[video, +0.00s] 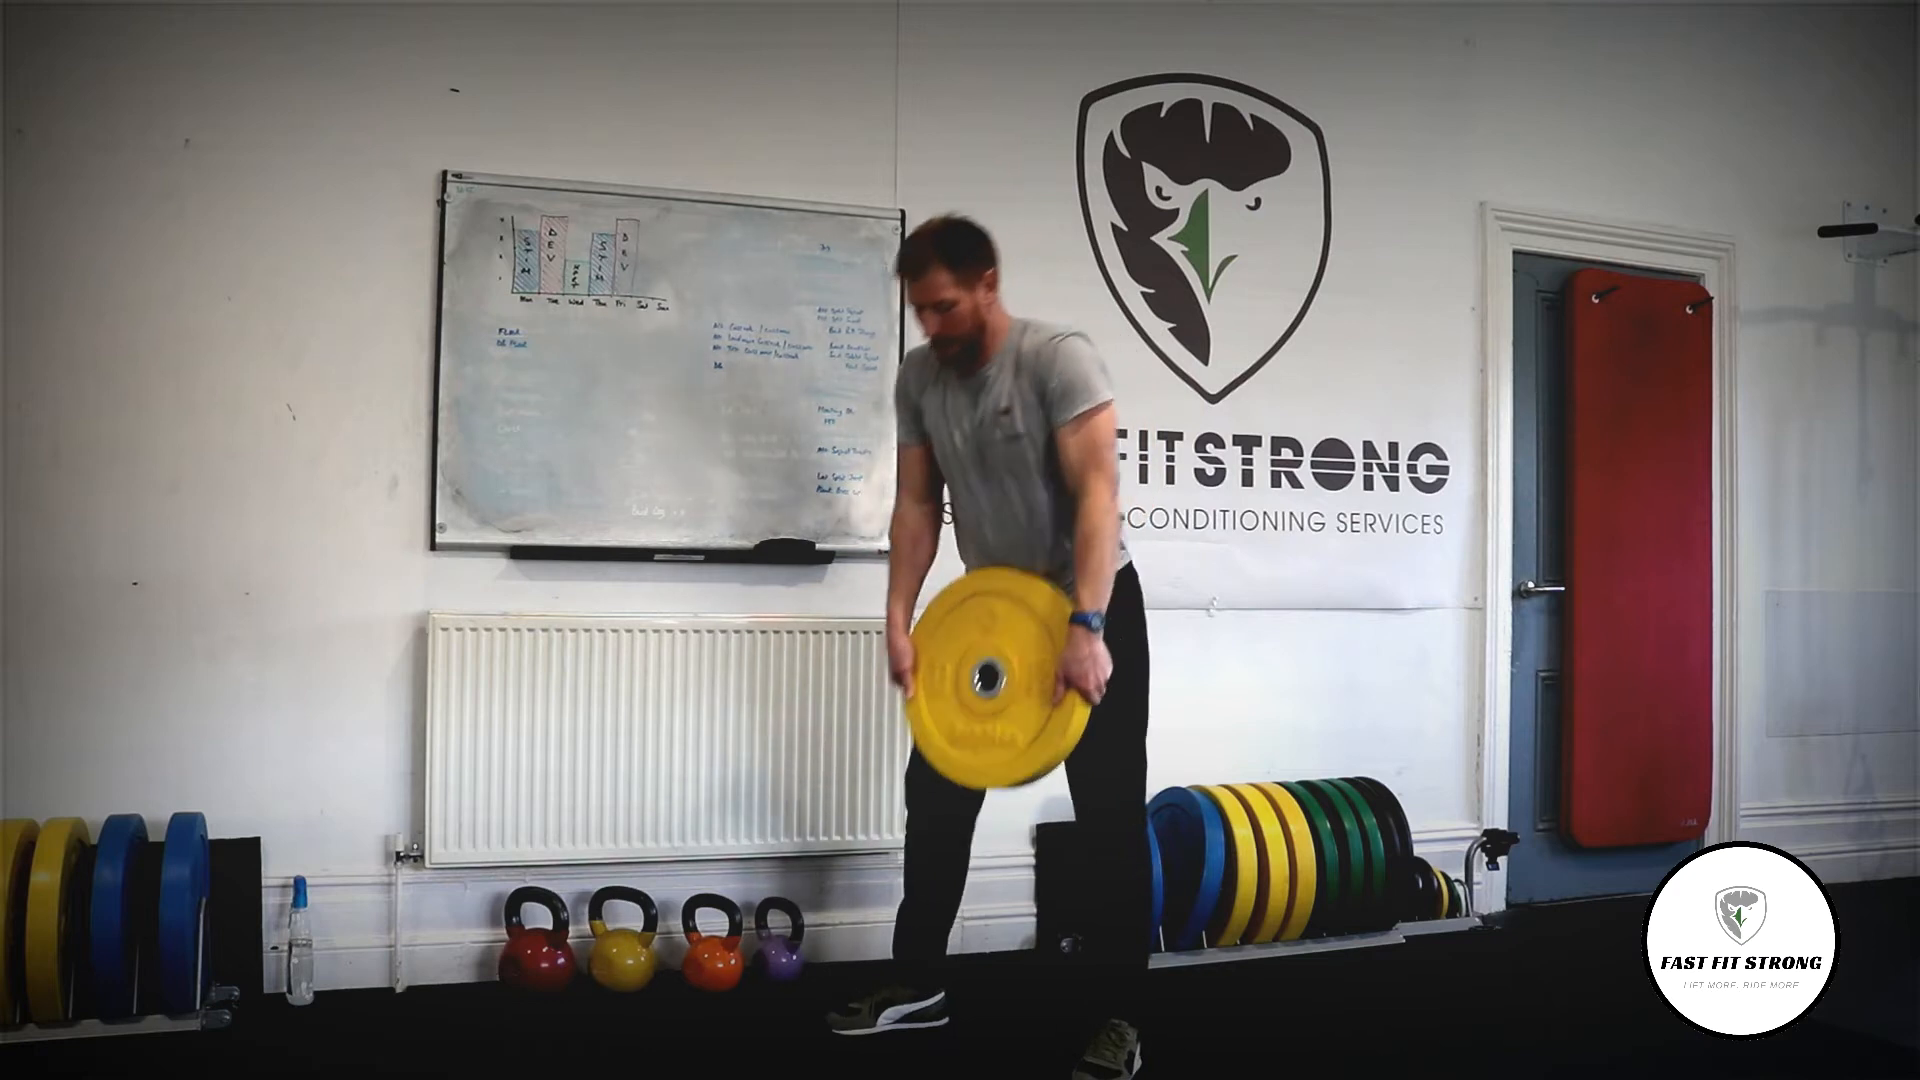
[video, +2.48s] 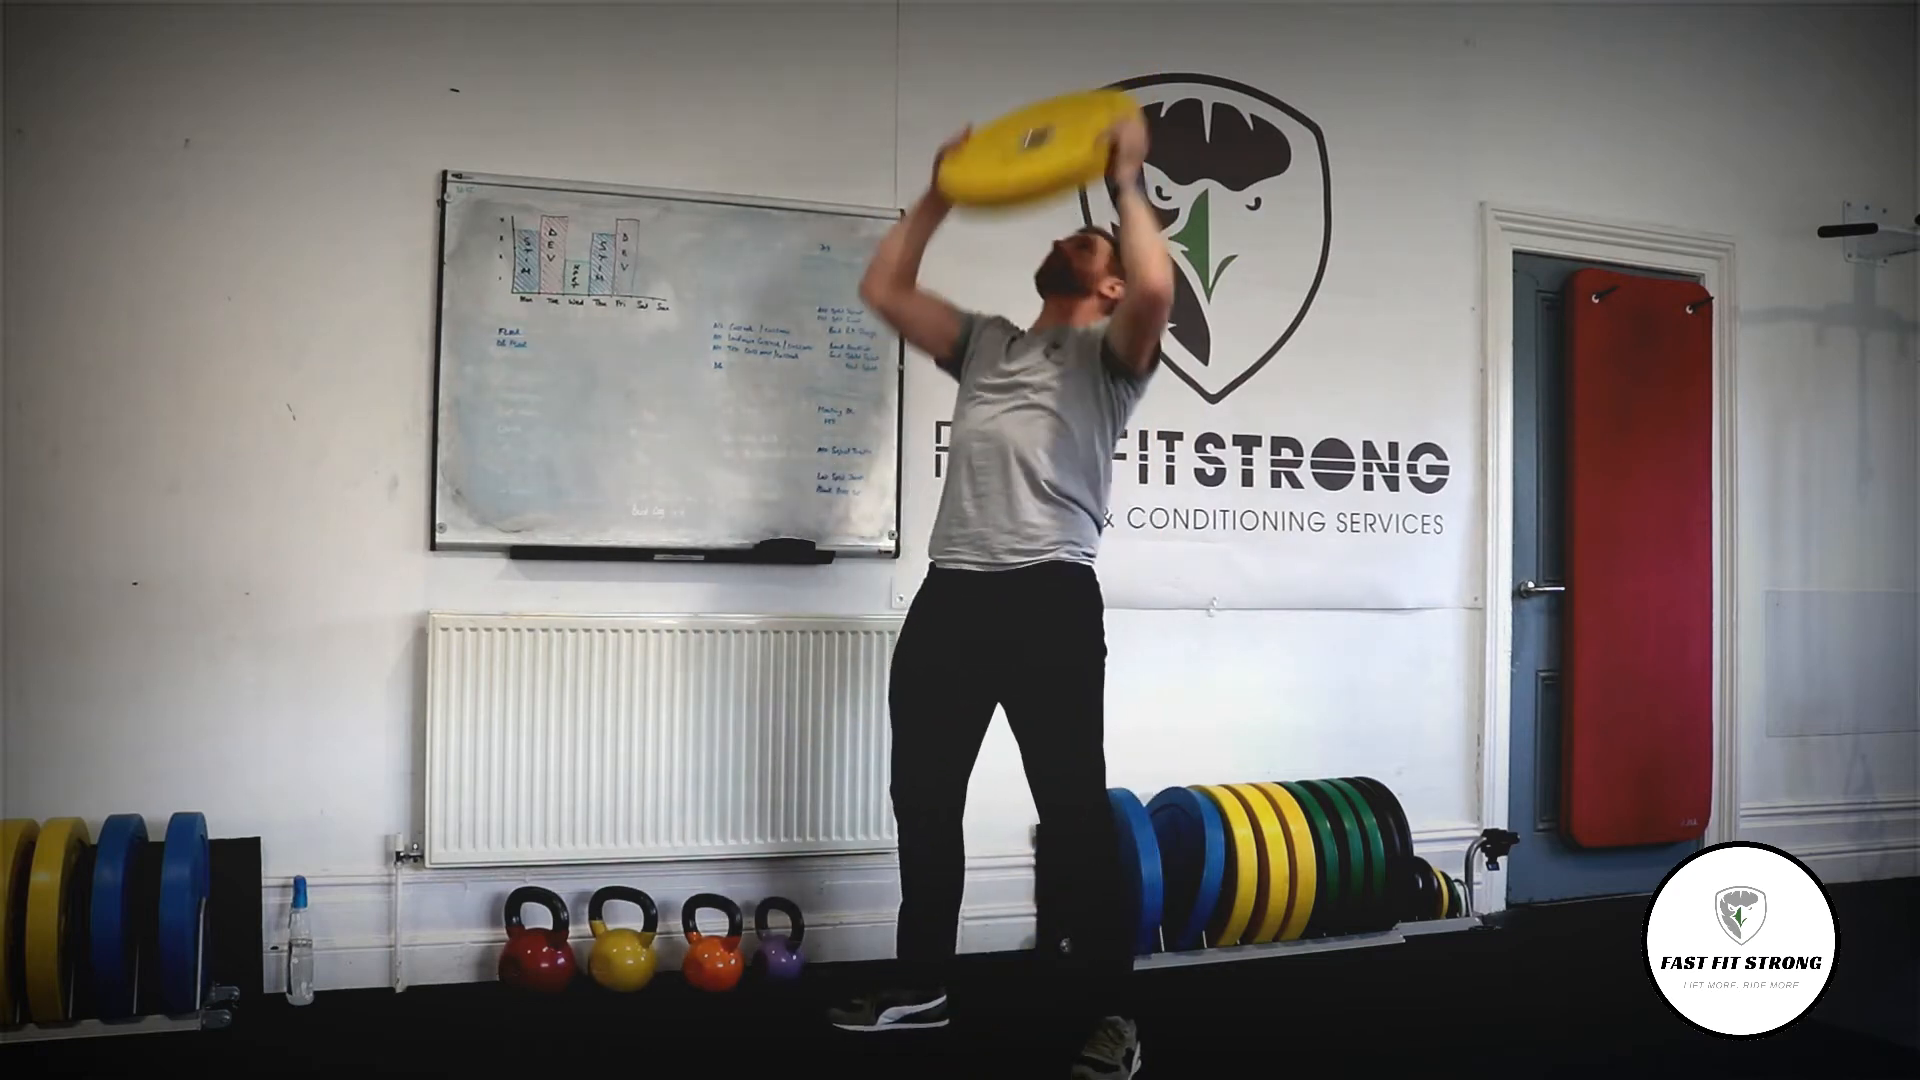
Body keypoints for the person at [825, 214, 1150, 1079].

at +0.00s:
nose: (928, 325)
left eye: (941, 307)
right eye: (918, 309)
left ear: (987, 286)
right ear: (912, 302)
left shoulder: (1058, 358)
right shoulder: (920, 377)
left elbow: (1100, 492)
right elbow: (918, 505)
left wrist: (1088, 624)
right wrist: (898, 616)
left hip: (1089, 603)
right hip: (993, 608)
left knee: (1107, 806)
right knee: (936, 787)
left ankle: (1118, 1014)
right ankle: (917, 982)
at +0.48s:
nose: (868, 586)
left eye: (880, 565)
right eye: (856, 570)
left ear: (926, 536)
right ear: (845, 555)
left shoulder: (1020, 604)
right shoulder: (867, 621)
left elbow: (1041, 754)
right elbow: (881, 752)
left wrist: (1054, 895)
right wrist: (878, 882)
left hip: (1100, 729)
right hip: (988, 741)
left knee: (1136, 860)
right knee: (847, 797)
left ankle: (1114, 1028)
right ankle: (907, 988)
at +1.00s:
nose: (907, 370)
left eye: (925, 356)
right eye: (905, 356)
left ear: (980, 366)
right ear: (904, 368)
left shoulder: (1036, 453)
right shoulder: (903, 468)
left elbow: (1119, 568)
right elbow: (918, 580)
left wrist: (1066, 679)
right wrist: (884, 681)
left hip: (1098, 653)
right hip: (999, 657)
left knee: (1122, 834)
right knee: (884, 783)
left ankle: (1117, 1025)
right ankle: (915, 987)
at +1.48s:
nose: (1044, 246)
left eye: (1064, 243)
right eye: (1043, 238)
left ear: (1088, 277)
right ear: (1024, 268)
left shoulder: (1095, 359)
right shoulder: (962, 345)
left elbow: (1097, 325)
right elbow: (860, 316)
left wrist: (1082, 215)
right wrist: (911, 220)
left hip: (1036, 602)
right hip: (933, 605)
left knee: (1066, 812)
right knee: (921, 811)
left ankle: (1102, 1016)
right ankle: (921, 992)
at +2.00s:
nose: (1006, 208)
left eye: (1025, 204)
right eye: (997, 202)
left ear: (1054, 242)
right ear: (979, 233)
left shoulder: (1068, 312)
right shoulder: (951, 308)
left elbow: (1106, 173)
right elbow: (964, 186)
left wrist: (1150, 67)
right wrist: (987, 78)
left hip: (1027, 592)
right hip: (928, 592)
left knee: (1061, 806)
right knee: (922, 806)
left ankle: (1100, 1013)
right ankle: (922, 992)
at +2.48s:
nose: (1079, 243)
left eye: (1097, 243)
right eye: (1075, 235)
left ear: (1116, 287)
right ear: (1049, 272)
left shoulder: (1108, 357)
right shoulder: (983, 343)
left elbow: (1152, 292)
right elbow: (885, 289)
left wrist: (1129, 181)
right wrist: (938, 195)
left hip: (1050, 599)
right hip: (949, 599)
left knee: (1071, 809)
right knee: (924, 802)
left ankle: (1096, 1011)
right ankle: (923, 988)